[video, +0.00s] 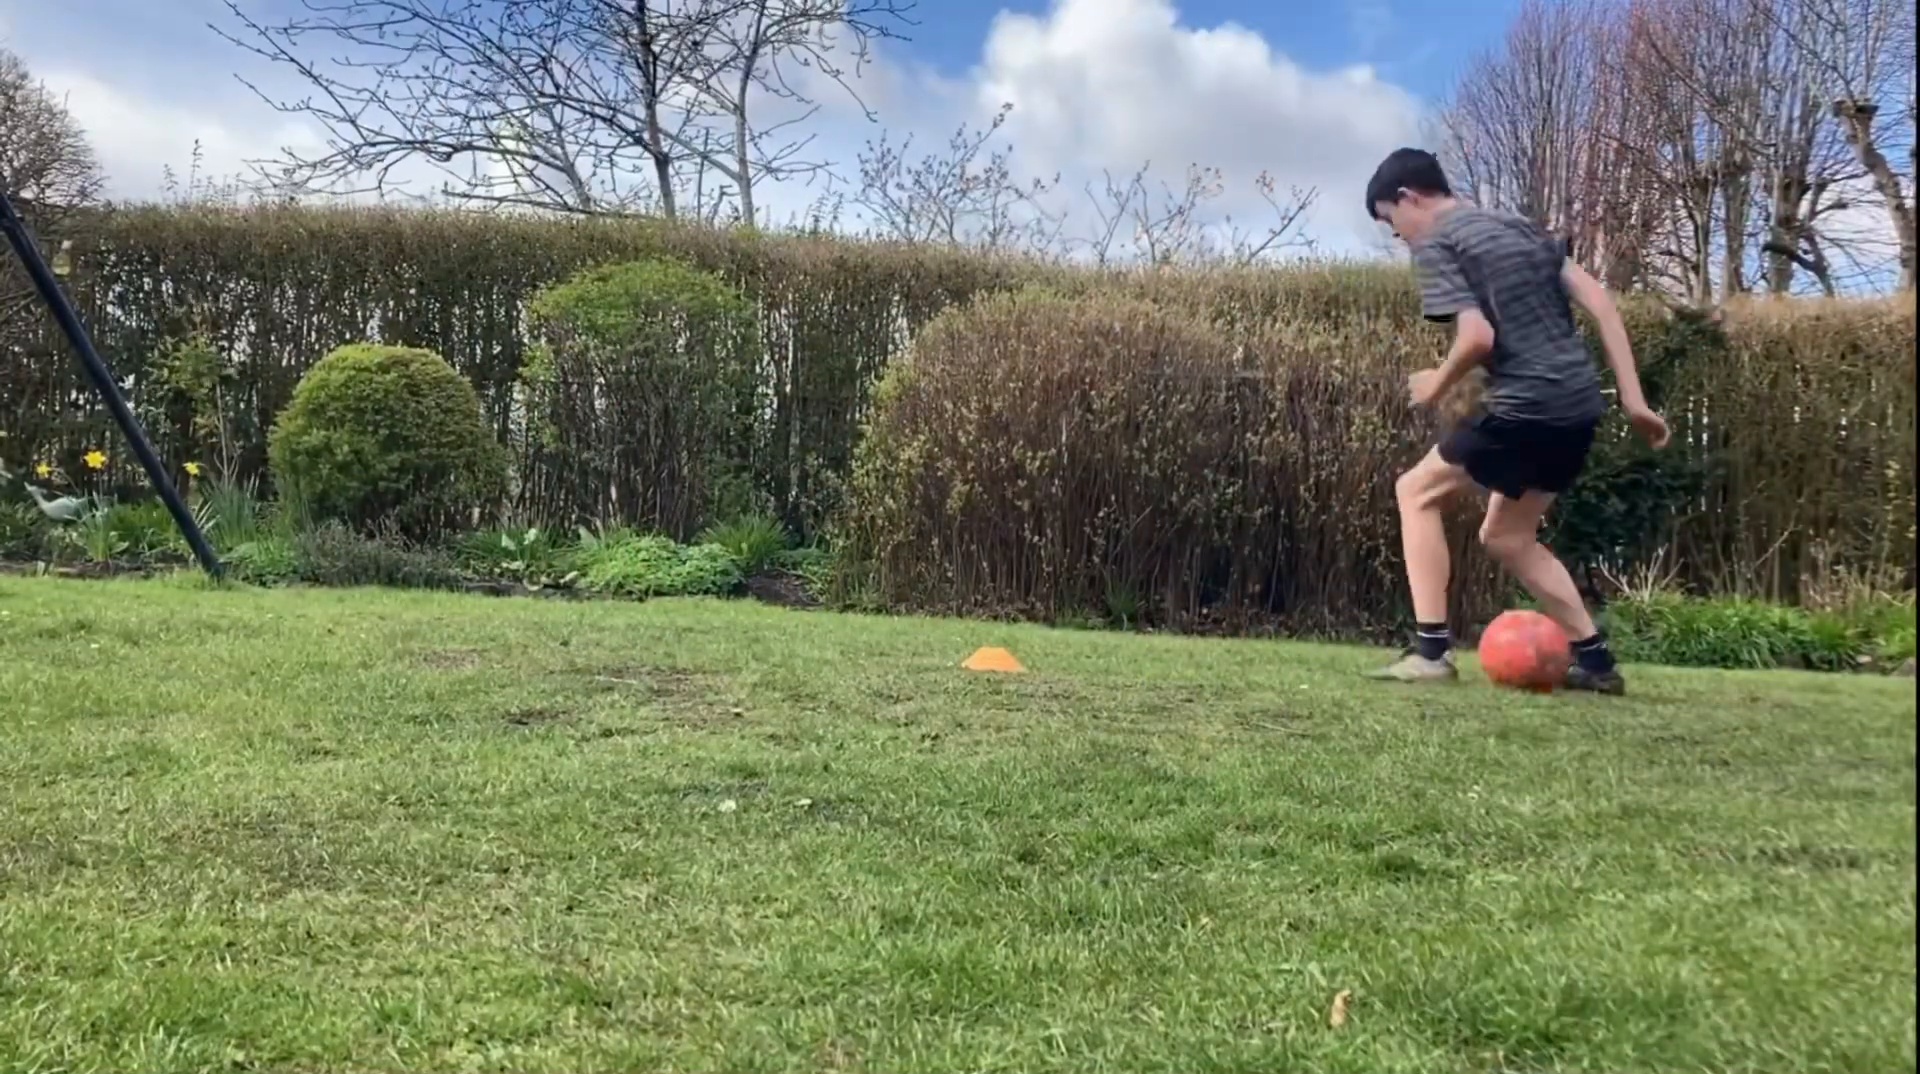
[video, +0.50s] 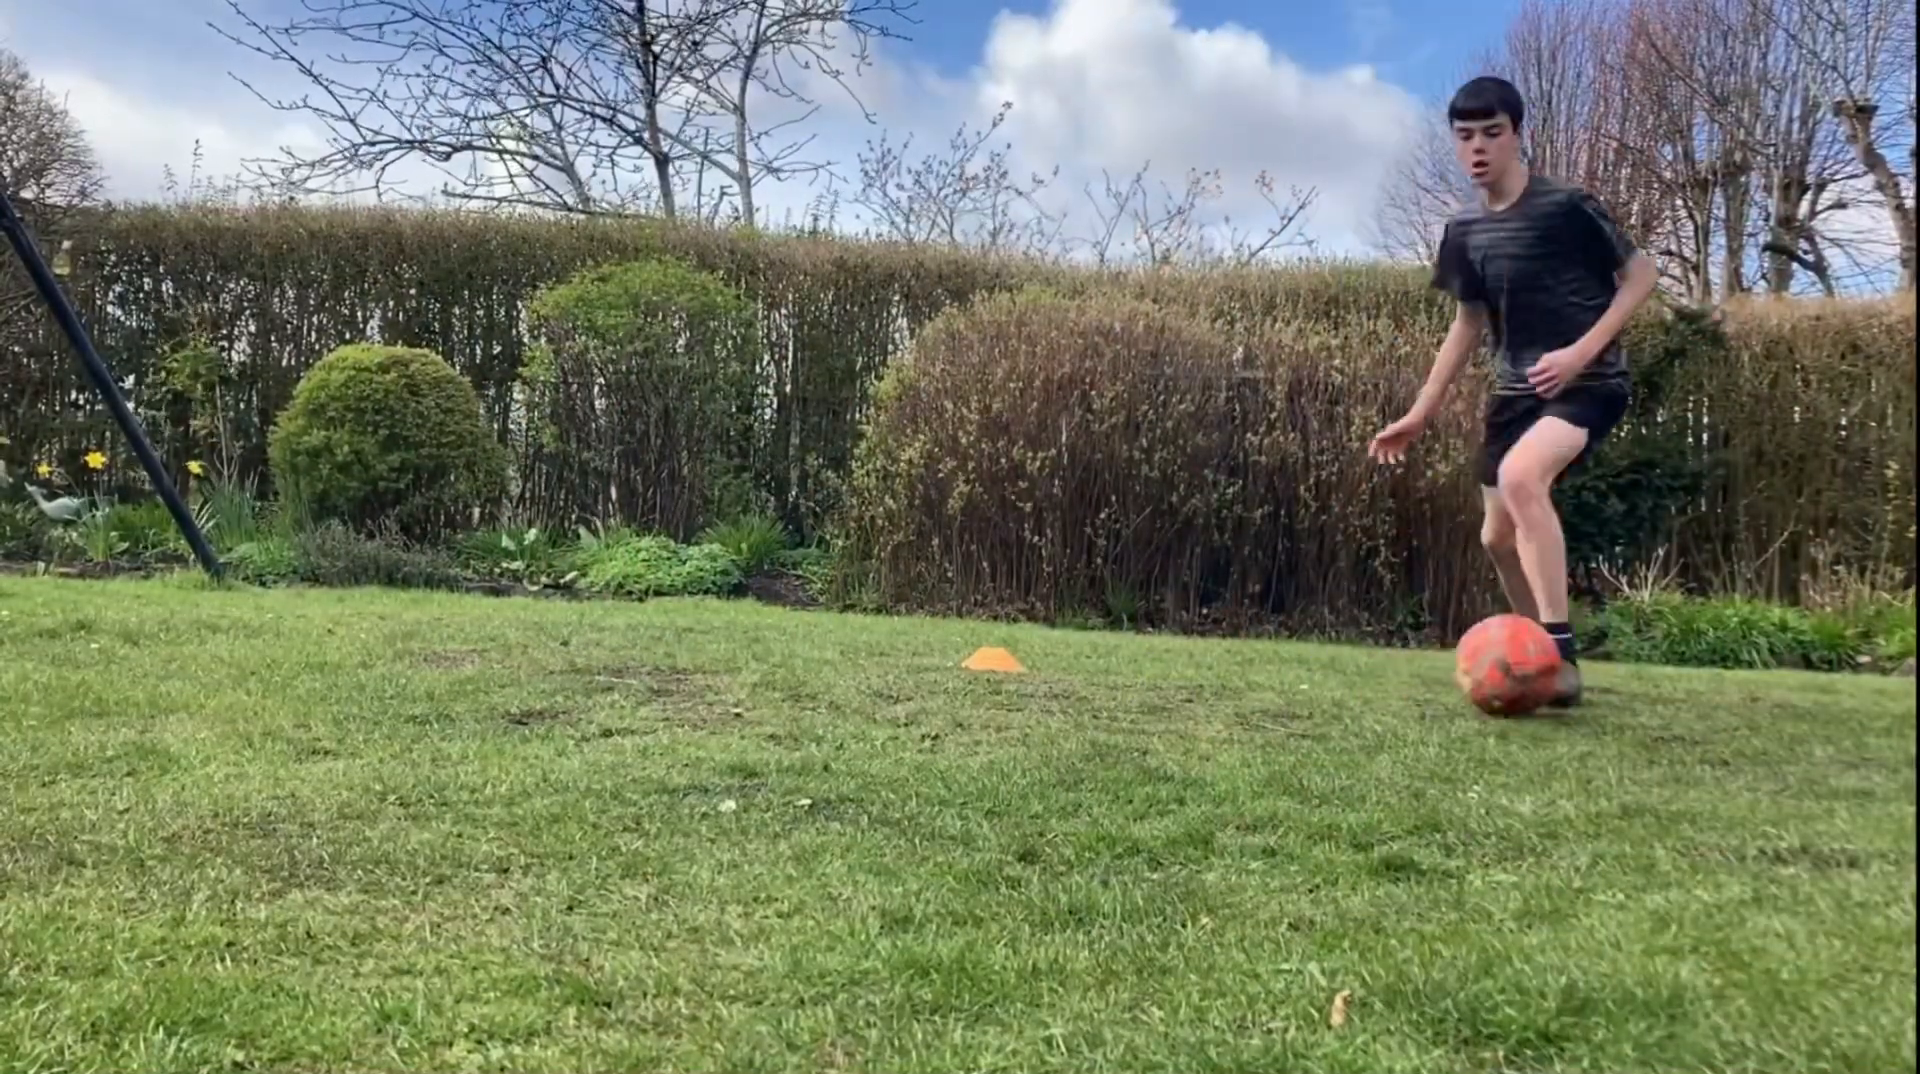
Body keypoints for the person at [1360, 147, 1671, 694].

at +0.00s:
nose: (1399, 236)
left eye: (1392, 221)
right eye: (1390, 227)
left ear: (1411, 197)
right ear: (1440, 192)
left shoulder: (1437, 243)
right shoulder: (1519, 228)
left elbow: (1477, 335)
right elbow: (1599, 299)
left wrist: (1437, 381)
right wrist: (1634, 399)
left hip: (1523, 407)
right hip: (1580, 408)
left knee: (1416, 491)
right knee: (1508, 535)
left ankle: (1430, 653)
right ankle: (1595, 661)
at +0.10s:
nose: (1401, 234)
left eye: (1398, 218)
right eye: (1393, 225)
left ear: (1429, 194)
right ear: (1434, 197)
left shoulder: (1474, 239)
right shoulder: (1500, 231)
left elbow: (1540, 313)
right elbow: (1565, 329)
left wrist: (1480, 391)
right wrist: (1587, 428)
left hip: (1553, 411)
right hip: (1578, 411)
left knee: (1421, 490)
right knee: (1499, 536)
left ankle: (1431, 647)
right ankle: (1591, 659)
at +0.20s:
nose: (1408, 186)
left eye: (1410, 169)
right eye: (1401, 177)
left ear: (1447, 152)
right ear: (1441, 161)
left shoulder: (1502, 197)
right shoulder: (1480, 213)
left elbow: (1584, 260)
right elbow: (1524, 305)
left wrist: (1516, 346)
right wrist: (1509, 373)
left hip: (1571, 375)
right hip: (1547, 378)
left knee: (1453, 488)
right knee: (1498, 530)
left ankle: (1454, 628)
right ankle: (1583, 642)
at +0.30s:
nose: (1419, 167)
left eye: (1427, 150)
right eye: (1411, 157)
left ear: (1465, 141)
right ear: (1414, 161)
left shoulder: (1515, 193)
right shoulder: (1474, 216)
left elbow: (1605, 259)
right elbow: (1513, 312)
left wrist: (1539, 340)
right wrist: (1460, 379)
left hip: (1584, 368)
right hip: (1547, 372)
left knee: (1464, 473)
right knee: (1489, 514)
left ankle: (1494, 642)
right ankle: (1547, 625)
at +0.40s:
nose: (1439, 177)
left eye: (1451, 162)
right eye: (1431, 166)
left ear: (1485, 158)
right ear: (1426, 173)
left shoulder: (1533, 220)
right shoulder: (1466, 249)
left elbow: (1626, 288)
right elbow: (1496, 333)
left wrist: (1557, 370)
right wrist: (1421, 399)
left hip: (1591, 386)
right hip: (1544, 395)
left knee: (1486, 464)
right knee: (1481, 539)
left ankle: (1534, 643)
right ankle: (1535, 656)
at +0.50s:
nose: (1477, 147)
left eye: (1490, 133)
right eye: (1465, 136)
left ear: (1518, 136)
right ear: (1455, 146)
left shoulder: (1567, 205)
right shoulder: (1463, 233)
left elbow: (1642, 274)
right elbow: (1467, 325)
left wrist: (1581, 351)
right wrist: (1420, 413)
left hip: (1587, 382)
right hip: (1515, 395)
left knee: (1521, 477)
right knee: (1497, 536)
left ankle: (1559, 649)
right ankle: (1545, 652)